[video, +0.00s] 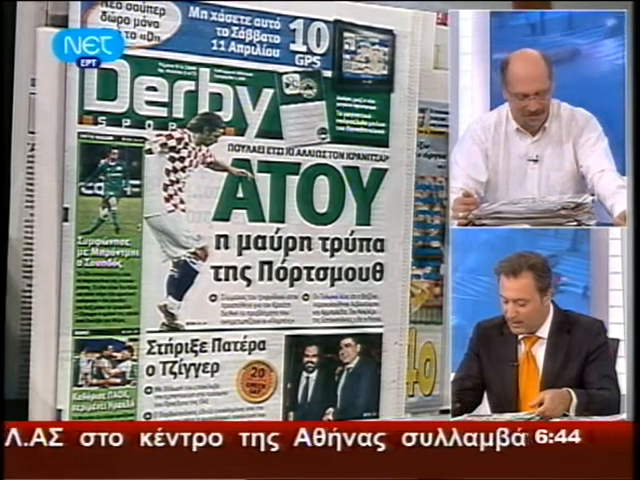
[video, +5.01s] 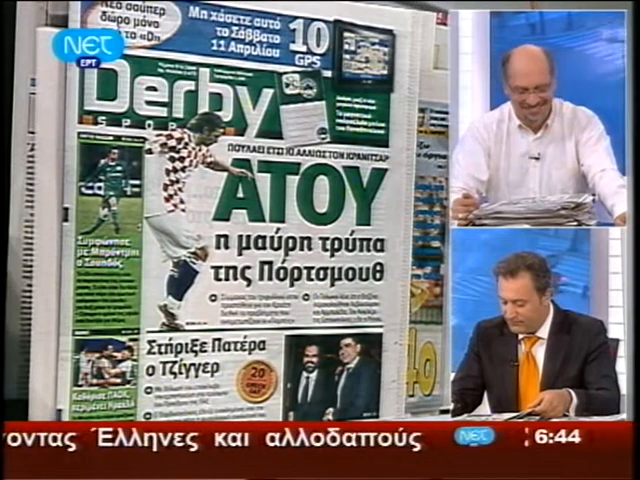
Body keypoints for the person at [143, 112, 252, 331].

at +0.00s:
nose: (215, 141)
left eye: (217, 137)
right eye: (215, 136)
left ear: (207, 132)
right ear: (205, 130)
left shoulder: (199, 150)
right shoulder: (179, 137)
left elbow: (212, 162)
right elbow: (149, 145)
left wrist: (232, 170)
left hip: (165, 209)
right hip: (161, 208)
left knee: (180, 262)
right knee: (200, 251)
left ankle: (170, 317)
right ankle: (172, 304)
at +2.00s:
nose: (215, 141)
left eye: (217, 137)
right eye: (215, 136)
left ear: (207, 132)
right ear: (205, 130)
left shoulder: (199, 150)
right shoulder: (179, 137)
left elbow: (212, 162)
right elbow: (149, 145)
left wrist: (232, 170)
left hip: (166, 209)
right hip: (161, 208)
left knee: (180, 262)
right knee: (200, 251)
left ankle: (171, 317)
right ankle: (172, 304)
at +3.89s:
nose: (215, 141)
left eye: (217, 138)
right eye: (215, 136)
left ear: (207, 132)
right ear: (205, 130)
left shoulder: (199, 150)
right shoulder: (179, 137)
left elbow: (212, 162)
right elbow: (149, 145)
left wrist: (232, 170)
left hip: (166, 209)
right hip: (161, 208)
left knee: (180, 262)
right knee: (200, 251)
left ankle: (171, 317)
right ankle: (172, 304)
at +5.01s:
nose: (215, 141)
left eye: (217, 137)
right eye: (215, 135)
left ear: (206, 132)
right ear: (205, 130)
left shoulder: (199, 150)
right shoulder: (178, 137)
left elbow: (212, 162)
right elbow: (147, 146)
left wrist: (231, 170)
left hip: (167, 209)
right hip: (160, 208)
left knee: (180, 262)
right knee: (200, 251)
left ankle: (171, 317)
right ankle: (172, 303)